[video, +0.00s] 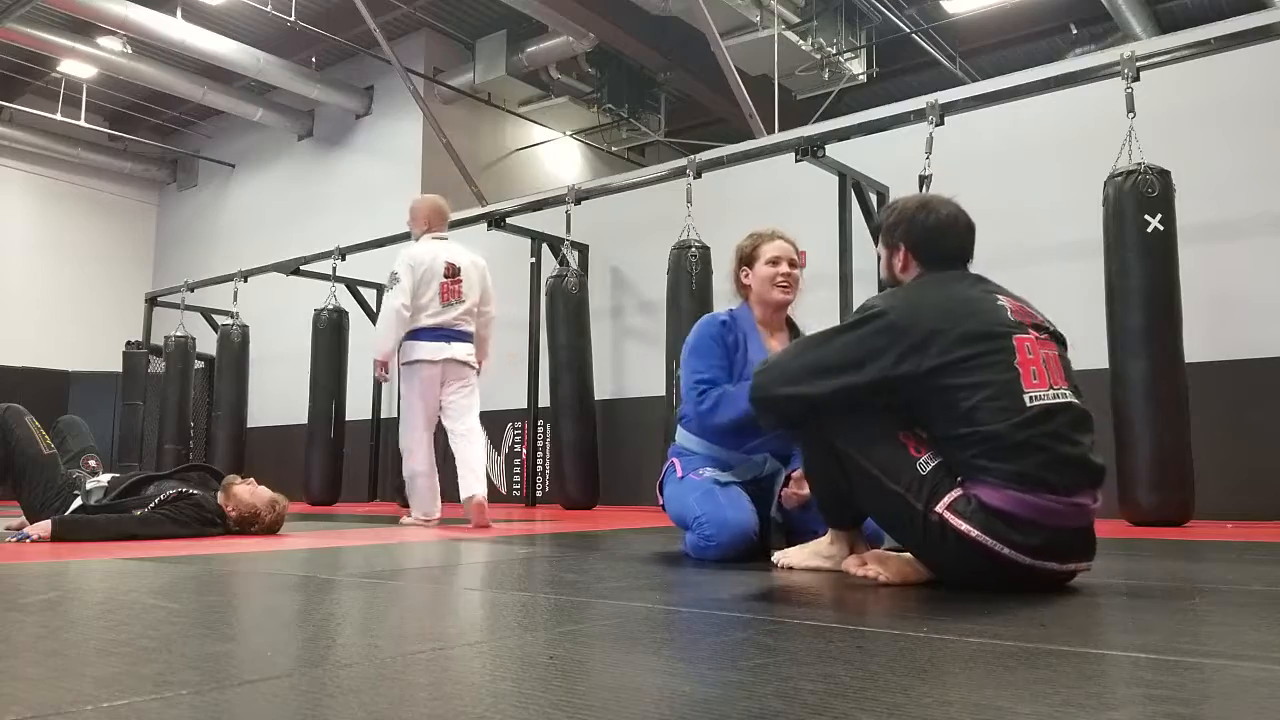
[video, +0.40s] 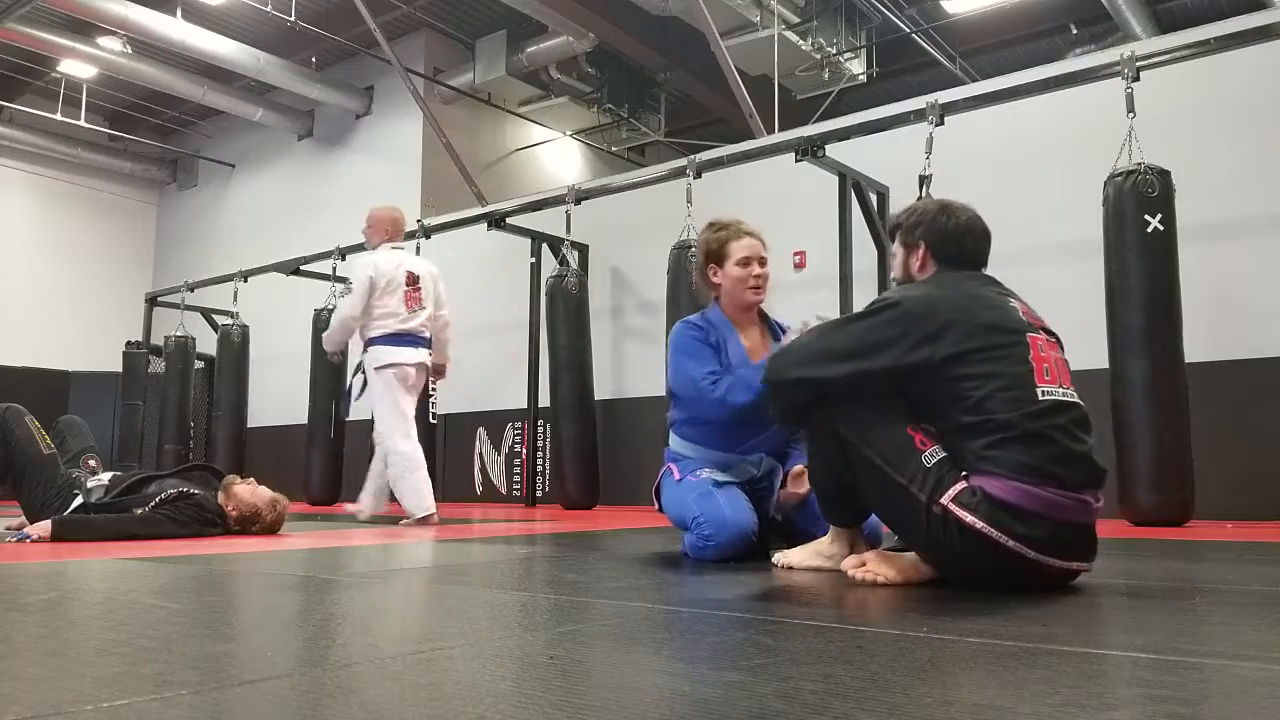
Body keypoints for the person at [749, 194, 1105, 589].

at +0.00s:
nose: (881, 267)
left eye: (882, 254)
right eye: (880, 254)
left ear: (902, 257)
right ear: (961, 254)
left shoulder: (906, 309)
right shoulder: (1015, 306)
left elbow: (770, 386)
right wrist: (828, 473)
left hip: (991, 545)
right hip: (1070, 551)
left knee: (823, 400)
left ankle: (840, 540)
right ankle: (931, 555)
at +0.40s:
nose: (892, 272)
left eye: (895, 258)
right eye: (893, 259)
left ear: (921, 257)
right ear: (974, 258)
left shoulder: (923, 302)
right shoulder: (1015, 306)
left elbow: (787, 370)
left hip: (992, 539)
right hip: (1069, 550)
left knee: (833, 390)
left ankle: (840, 538)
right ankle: (927, 549)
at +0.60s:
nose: (908, 271)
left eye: (913, 255)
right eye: (909, 257)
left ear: (940, 252)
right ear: (994, 257)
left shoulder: (935, 300)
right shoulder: (1034, 307)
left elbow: (790, 365)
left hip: (990, 537)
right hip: (1070, 552)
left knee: (837, 389)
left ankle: (842, 537)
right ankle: (931, 551)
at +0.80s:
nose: (926, 271)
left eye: (930, 257)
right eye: (927, 258)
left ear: (956, 252)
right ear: (1010, 261)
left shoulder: (947, 299)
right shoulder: (1063, 319)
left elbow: (800, 356)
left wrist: (817, 421)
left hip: (989, 539)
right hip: (1071, 556)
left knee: (843, 389)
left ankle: (842, 539)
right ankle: (933, 551)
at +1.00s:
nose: (946, 275)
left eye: (949, 263)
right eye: (947, 264)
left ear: (974, 256)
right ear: (1034, 266)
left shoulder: (961, 298)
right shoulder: (1092, 327)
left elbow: (812, 344)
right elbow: (1143, 446)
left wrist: (824, 406)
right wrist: (1136, 535)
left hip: (982, 536)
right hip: (1071, 559)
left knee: (854, 391)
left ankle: (843, 539)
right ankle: (928, 552)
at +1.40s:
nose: (987, 275)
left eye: (990, 264)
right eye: (990, 265)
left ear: (1011, 258)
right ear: (1072, 274)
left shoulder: (991, 296)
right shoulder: (1135, 342)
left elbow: (843, 335)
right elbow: (1211, 465)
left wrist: (926, 382)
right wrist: (1234, 569)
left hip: (984, 515)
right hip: (1070, 562)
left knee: (872, 380)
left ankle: (845, 538)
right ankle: (928, 555)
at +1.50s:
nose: (992, 278)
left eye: (995, 267)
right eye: (995, 268)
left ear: (1017, 259)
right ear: (1078, 272)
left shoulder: (996, 295)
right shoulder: (1144, 342)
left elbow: (858, 331)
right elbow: (1215, 468)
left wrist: (934, 384)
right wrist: (1234, 569)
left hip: (979, 511)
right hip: (1066, 562)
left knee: (871, 378)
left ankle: (846, 538)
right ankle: (929, 555)